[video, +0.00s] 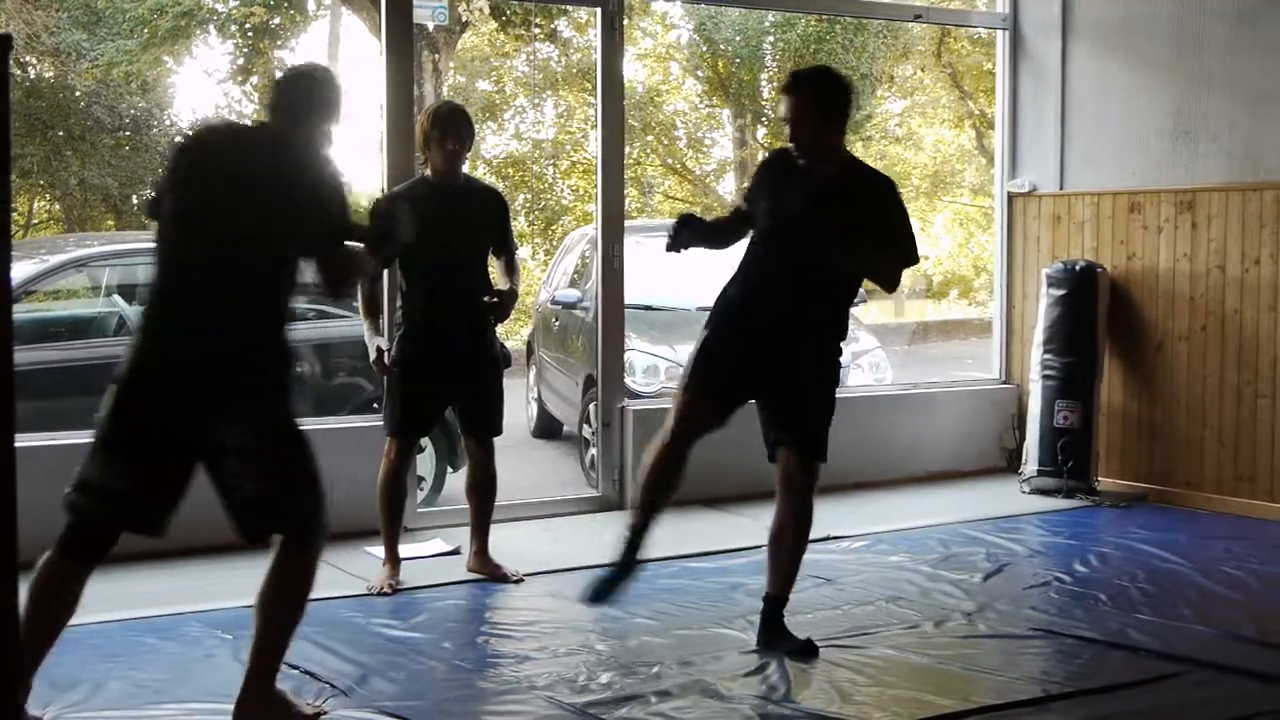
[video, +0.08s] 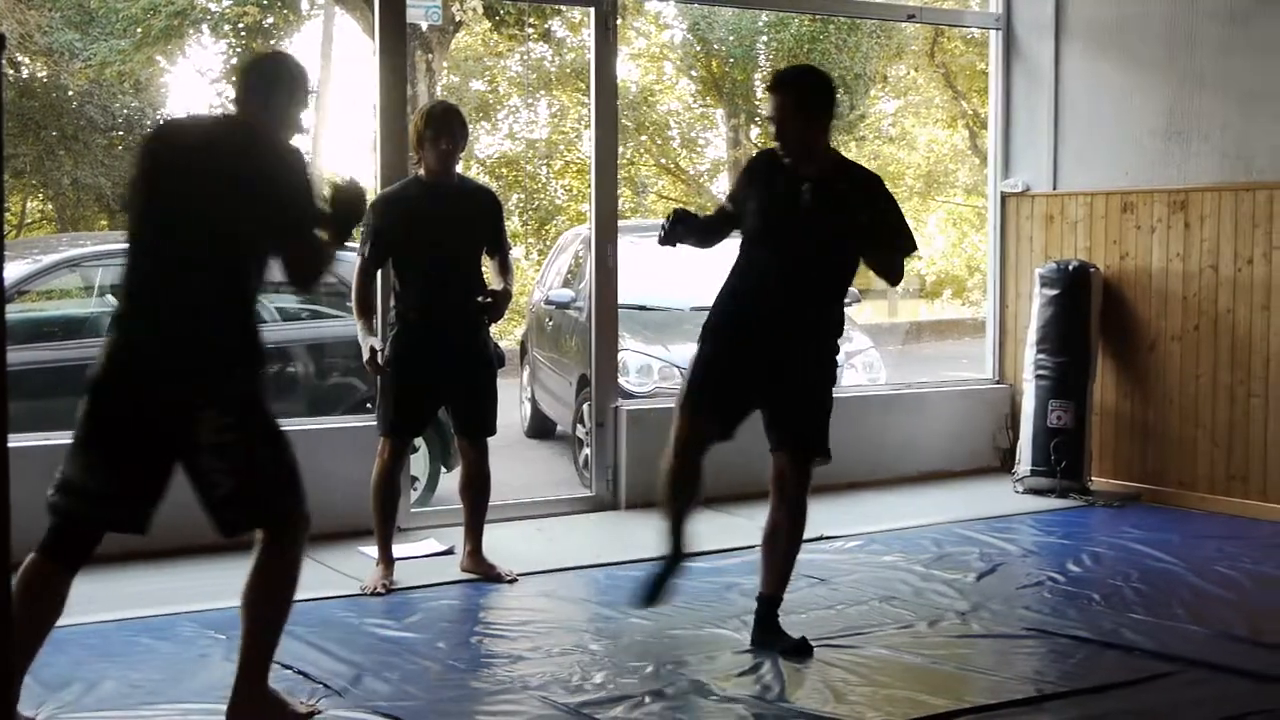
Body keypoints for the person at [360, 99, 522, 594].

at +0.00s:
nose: (452, 148)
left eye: (460, 139)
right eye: (443, 139)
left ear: (470, 144)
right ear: (425, 142)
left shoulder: (488, 200)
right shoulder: (397, 204)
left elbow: (508, 258)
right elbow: (371, 274)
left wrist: (510, 293)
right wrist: (375, 338)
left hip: (473, 337)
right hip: (416, 339)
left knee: (480, 446)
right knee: (399, 448)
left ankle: (479, 553)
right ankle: (390, 562)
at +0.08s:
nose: (447, 147)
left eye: (454, 138)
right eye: (438, 138)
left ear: (464, 144)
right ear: (419, 142)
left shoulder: (482, 200)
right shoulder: (390, 205)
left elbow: (501, 258)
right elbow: (365, 275)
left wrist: (504, 293)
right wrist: (368, 336)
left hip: (467, 338)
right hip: (409, 340)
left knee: (474, 447)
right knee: (392, 448)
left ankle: (473, 552)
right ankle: (384, 562)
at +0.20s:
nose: (449, 147)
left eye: (455, 138)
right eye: (440, 137)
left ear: (463, 143)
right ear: (418, 141)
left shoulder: (480, 200)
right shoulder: (389, 204)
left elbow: (499, 259)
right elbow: (363, 274)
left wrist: (502, 294)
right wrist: (366, 335)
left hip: (465, 338)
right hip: (407, 340)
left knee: (472, 445)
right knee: (391, 448)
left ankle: (471, 552)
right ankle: (382, 562)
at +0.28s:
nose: (453, 147)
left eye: (458, 138)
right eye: (443, 139)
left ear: (465, 142)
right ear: (419, 143)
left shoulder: (481, 200)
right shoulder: (389, 205)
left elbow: (499, 259)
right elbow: (363, 276)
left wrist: (503, 294)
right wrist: (370, 333)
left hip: (466, 339)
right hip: (407, 341)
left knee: (472, 446)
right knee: (391, 448)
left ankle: (471, 552)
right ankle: (382, 562)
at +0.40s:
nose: (457, 144)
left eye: (459, 135)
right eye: (448, 135)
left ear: (463, 140)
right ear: (423, 141)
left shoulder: (480, 200)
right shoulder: (388, 205)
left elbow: (499, 260)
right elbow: (361, 275)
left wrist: (502, 294)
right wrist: (373, 303)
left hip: (466, 337)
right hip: (408, 340)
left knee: (472, 445)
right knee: (391, 448)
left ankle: (471, 552)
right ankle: (382, 562)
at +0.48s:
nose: (454, 145)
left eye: (457, 136)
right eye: (445, 136)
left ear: (463, 140)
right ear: (420, 141)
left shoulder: (479, 199)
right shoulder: (390, 203)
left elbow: (500, 260)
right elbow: (361, 273)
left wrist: (503, 294)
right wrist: (385, 282)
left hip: (467, 336)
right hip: (410, 339)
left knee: (473, 445)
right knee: (391, 447)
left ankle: (471, 552)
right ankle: (382, 562)